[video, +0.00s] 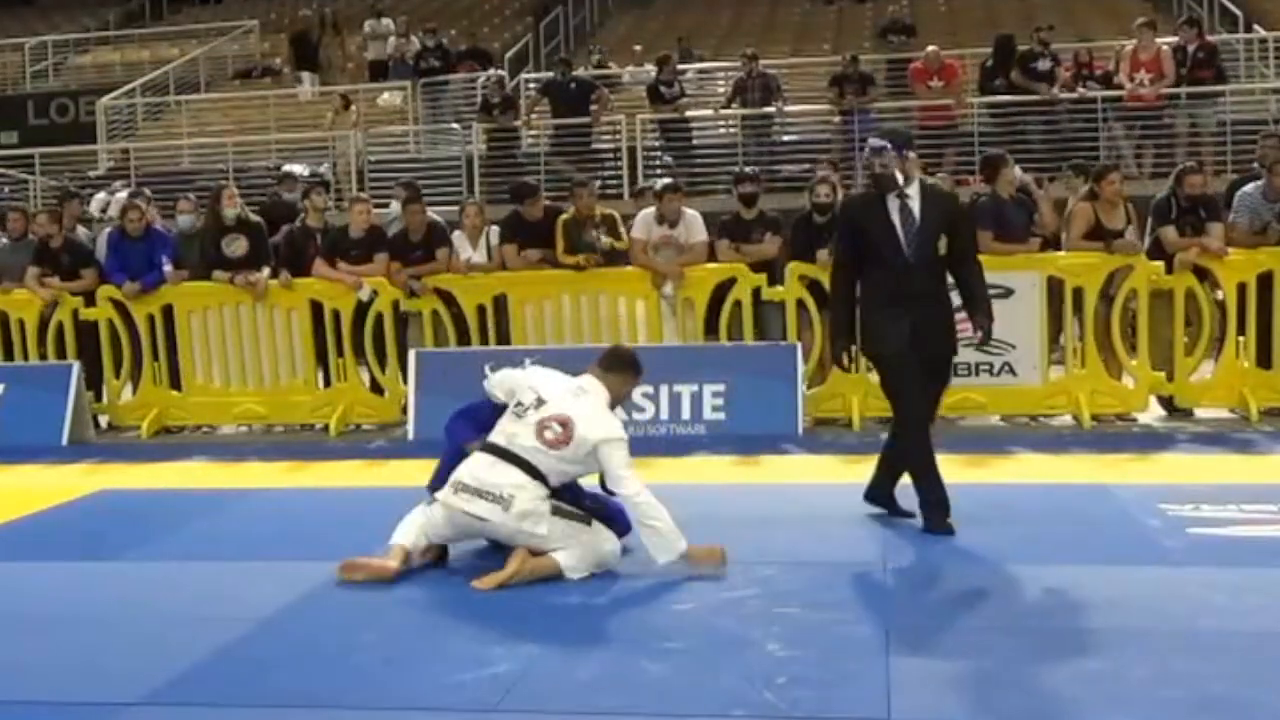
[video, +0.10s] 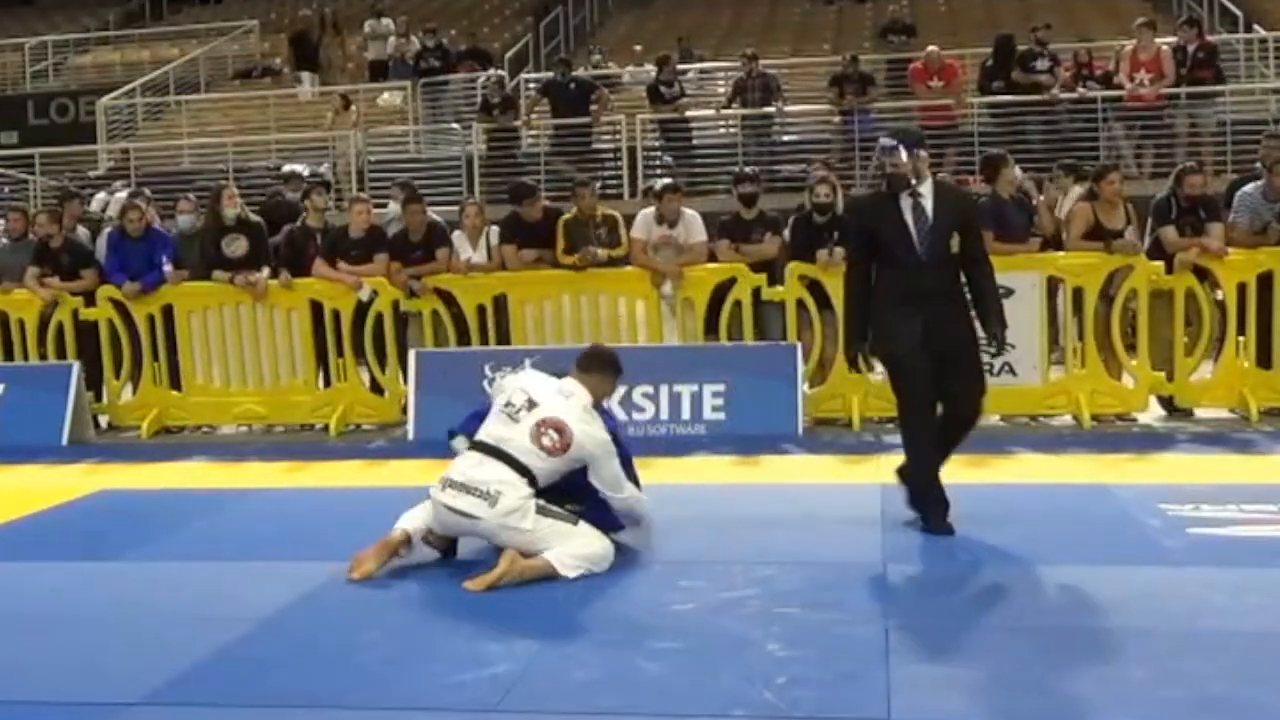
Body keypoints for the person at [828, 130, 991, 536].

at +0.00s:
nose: (874, 166)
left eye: (882, 158)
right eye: (870, 160)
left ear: (908, 160)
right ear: (867, 166)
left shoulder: (944, 203)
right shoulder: (856, 211)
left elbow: (964, 260)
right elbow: (842, 278)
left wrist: (980, 311)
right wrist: (841, 336)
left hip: (934, 321)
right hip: (884, 323)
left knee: (919, 412)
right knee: (911, 413)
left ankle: (881, 486)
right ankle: (935, 511)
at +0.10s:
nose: (890, 169)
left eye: (898, 159)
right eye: (885, 161)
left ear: (922, 160)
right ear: (883, 165)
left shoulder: (956, 201)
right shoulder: (867, 210)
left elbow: (977, 263)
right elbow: (857, 276)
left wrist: (993, 319)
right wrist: (855, 336)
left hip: (951, 321)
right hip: (899, 325)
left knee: (967, 405)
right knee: (918, 414)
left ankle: (917, 470)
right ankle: (934, 511)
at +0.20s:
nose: (907, 169)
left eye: (915, 160)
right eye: (901, 161)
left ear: (937, 158)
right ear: (896, 163)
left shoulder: (974, 200)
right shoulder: (884, 207)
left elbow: (992, 265)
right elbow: (870, 274)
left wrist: (1008, 322)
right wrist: (866, 334)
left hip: (967, 324)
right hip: (912, 329)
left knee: (994, 407)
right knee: (922, 423)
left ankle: (965, 473)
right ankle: (932, 512)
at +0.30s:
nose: (916, 160)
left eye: (923, 152)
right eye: (913, 152)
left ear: (949, 153)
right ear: (910, 156)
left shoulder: (989, 197)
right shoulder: (899, 201)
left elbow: (1008, 261)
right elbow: (885, 265)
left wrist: (1024, 319)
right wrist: (879, 326)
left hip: (982, 324)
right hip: (925, 328)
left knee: (1010, 415)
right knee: (927, 424)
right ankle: (932, 512)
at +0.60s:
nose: (968, 156)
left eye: (976, 148)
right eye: (965, 148)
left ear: (1001, 148)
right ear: (968, 151)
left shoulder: (1044, 198)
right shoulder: (957, 198)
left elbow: (1067, 266)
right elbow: (941, 258)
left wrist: (1079, 329)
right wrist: (926, 309)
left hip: (1027, 327)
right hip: (968, 328)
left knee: (1042, 420)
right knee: (954, 421)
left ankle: (1054, 511)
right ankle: (944, 512)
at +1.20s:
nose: (991, 155)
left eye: (995, 147)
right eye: (990, 147)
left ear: (1018, 145)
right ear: (1012, 148)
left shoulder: (1058, 197)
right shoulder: (1007, 195)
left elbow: (1059, 274)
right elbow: (997, 270)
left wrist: (1045, 332)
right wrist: (979, 314)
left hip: (1038, 326)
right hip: (997, 323)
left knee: (1048, 422)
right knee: (994, 411)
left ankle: (1053, 510)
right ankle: (1002, 489)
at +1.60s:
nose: (973, 160)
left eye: (975, 152)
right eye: (972, 153)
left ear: (994, 149)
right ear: (995, 149)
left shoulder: (1022, 196)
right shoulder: (997, 195)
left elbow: (1016, 275)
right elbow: (990, 270)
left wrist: (996, 330)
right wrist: (976, 326)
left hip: (1011, 326)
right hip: (987, 325)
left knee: (1022, 412)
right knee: (997, 412)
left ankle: (1046, 504)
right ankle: (1012, 490)